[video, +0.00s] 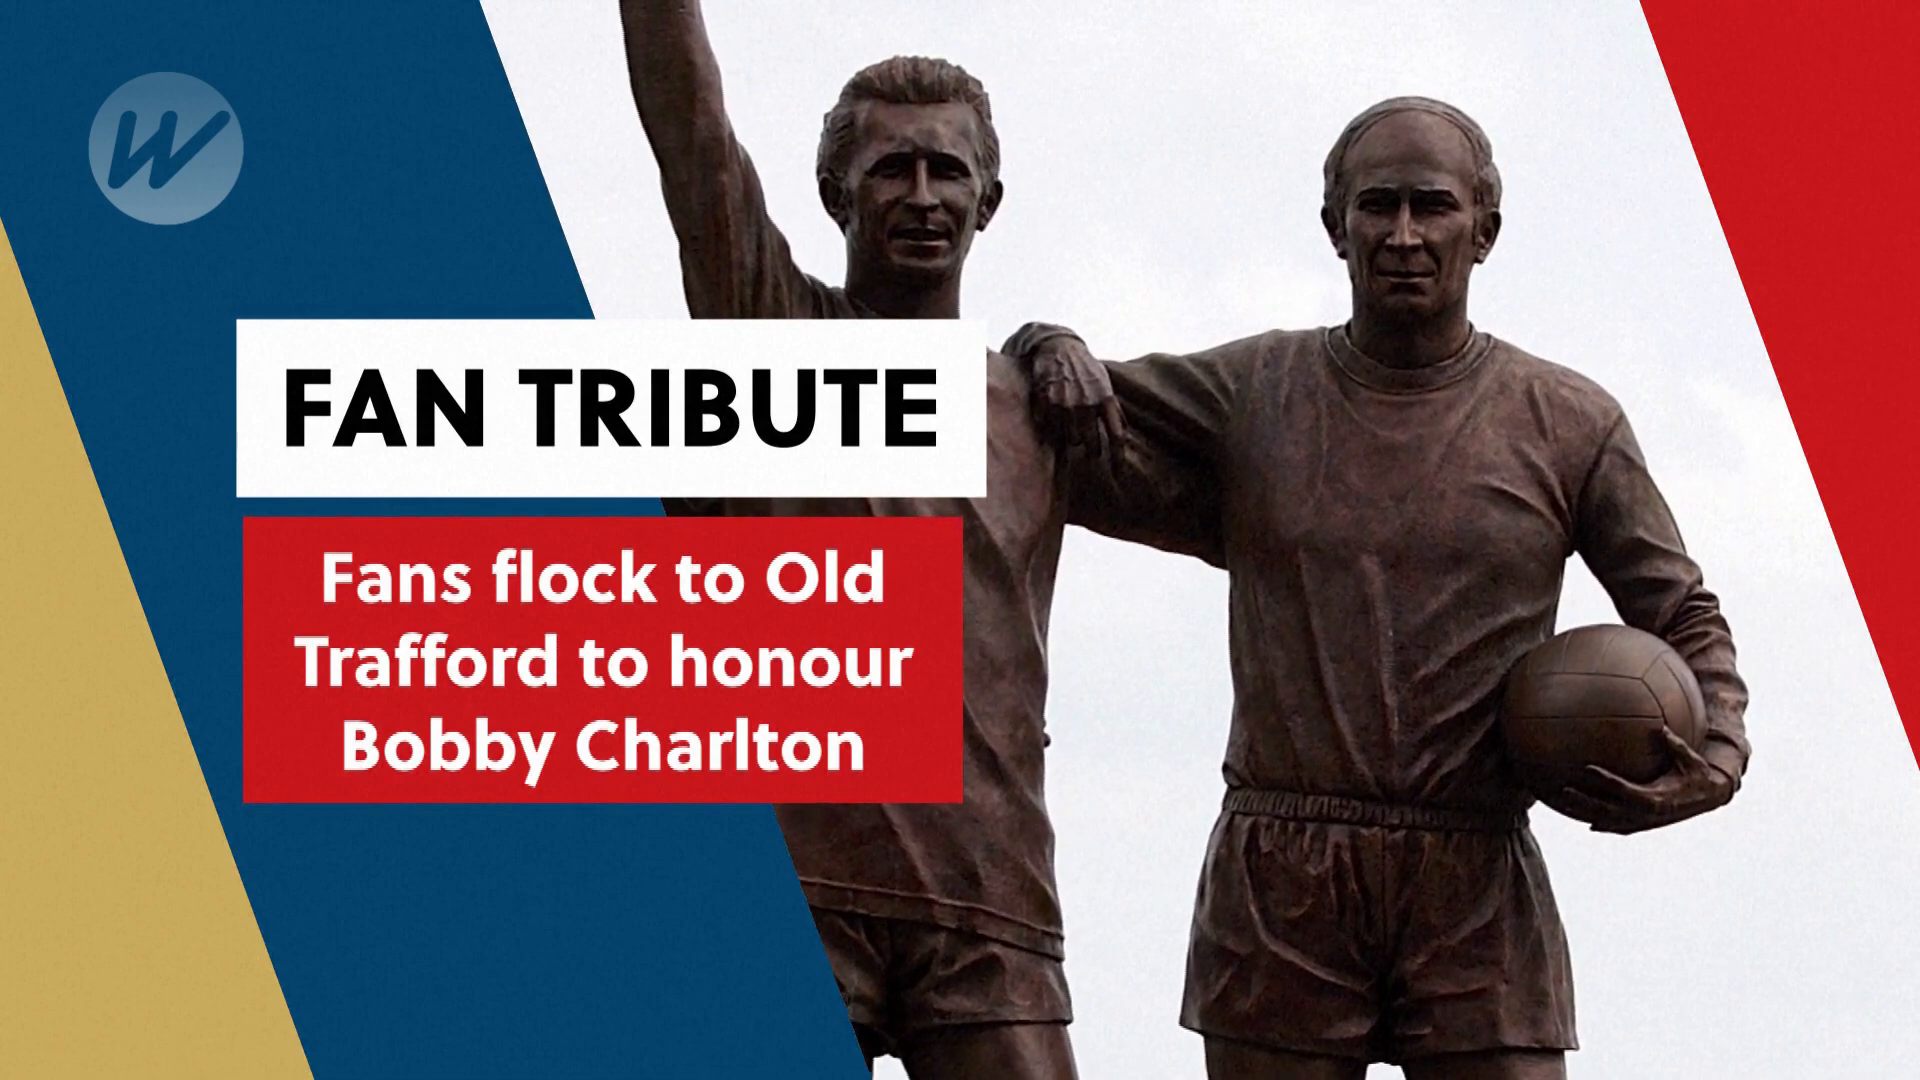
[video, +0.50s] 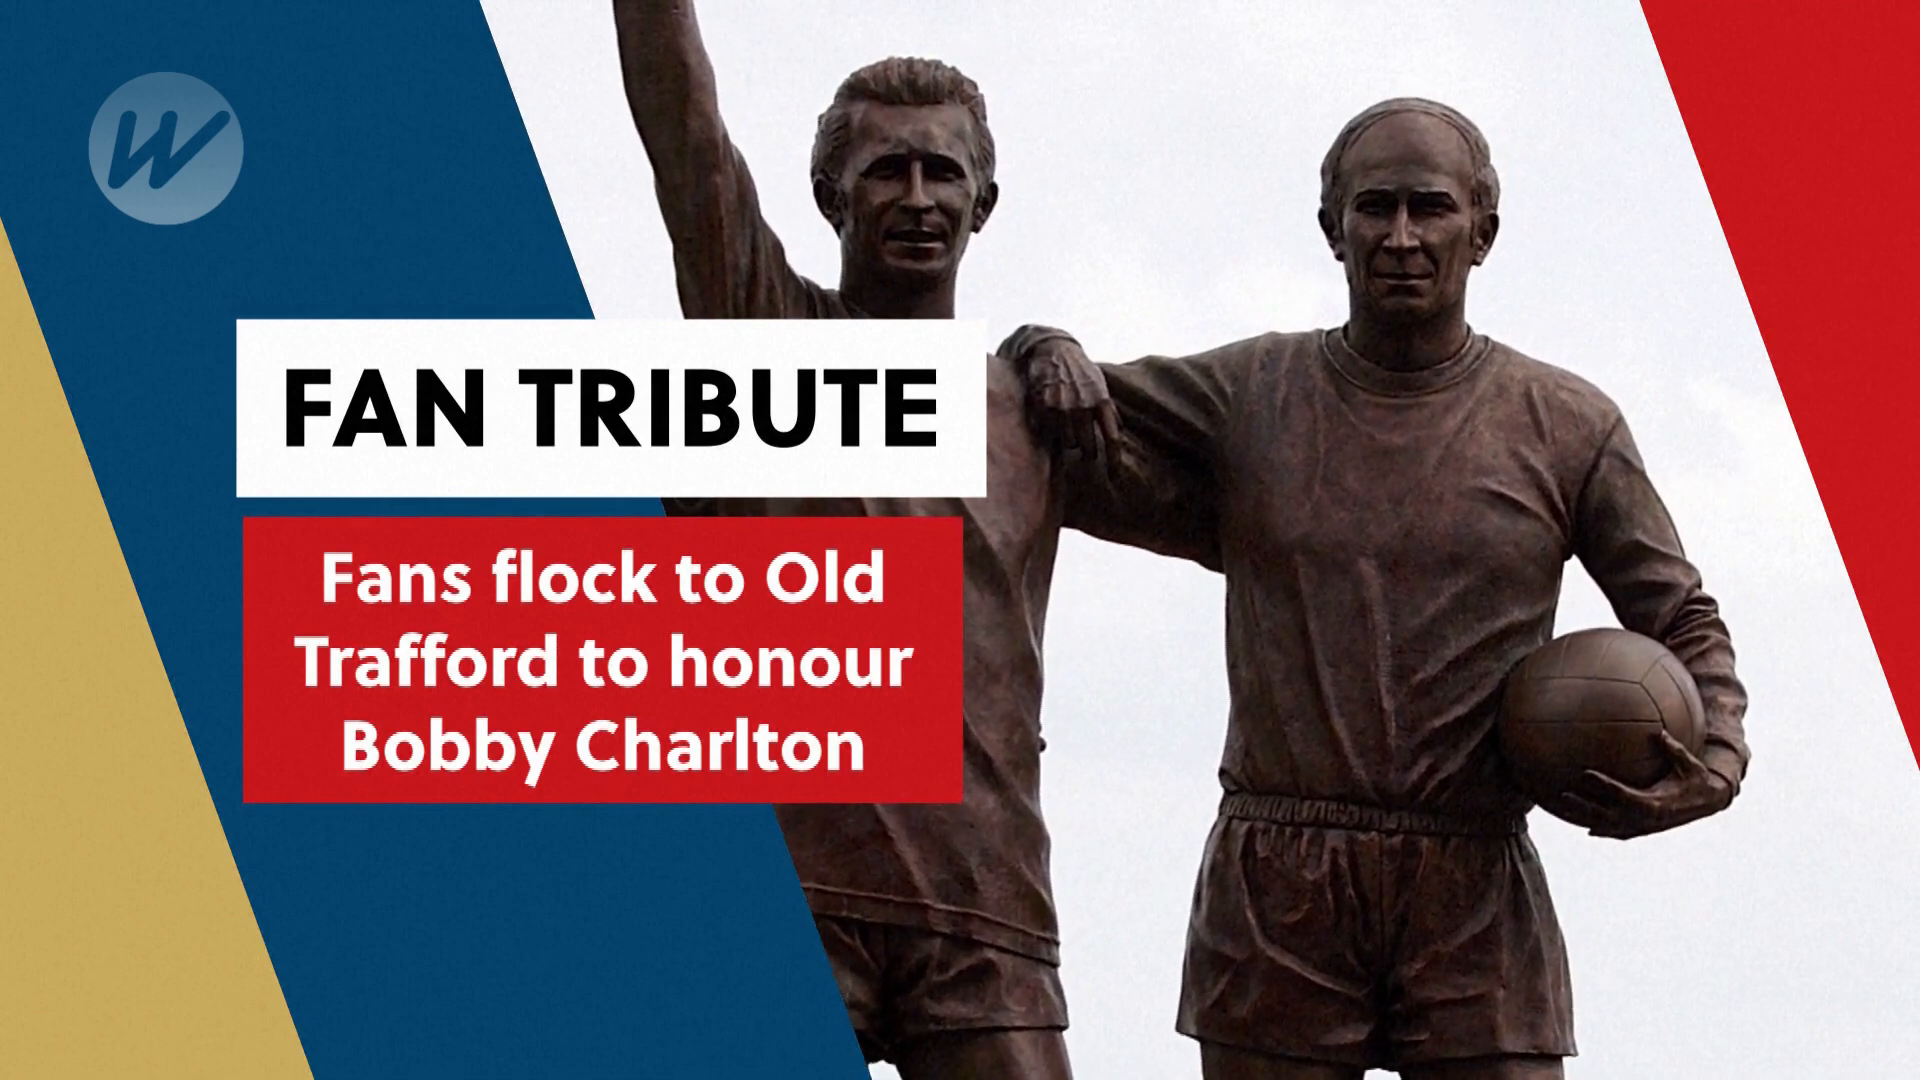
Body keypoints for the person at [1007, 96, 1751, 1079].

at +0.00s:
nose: (1402, 233)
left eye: (1432, 204)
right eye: (1375, 206)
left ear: (1486, 228)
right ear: (1335, 227)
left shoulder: (1569, 419)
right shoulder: (1252, 387)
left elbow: (1681, 614)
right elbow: (1079, 440)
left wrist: (1718, 752)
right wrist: (1046, 351)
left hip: (1478, 891)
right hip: (1276, 885)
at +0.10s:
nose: (1402, 234)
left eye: (1432, 205)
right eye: (1376, 206)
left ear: (1486, 228)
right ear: (1334, 227)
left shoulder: (1569, 419)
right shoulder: (1252, 387)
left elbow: (1681, 614)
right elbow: (1081, 442)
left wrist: (1718, 752)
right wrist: (1047, 352)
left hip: (1477, 890)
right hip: (1276, 885)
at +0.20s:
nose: (1402, 234)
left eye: (1432, 205)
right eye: (1375, 207)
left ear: (1486, 227)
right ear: (1333, 227)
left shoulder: (1568, 420)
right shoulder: (1251, 387)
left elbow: (1681, 616)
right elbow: (1077, 437)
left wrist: (1718, 754)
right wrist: (1046, 353)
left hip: (1476, 889)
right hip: (1275, 884)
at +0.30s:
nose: (1401, 235)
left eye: (1432, 205)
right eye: (1374, 207)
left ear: (1485, 228)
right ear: (1333, 227)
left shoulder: (1568, 420)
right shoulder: (1251, 387)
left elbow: (1681, 616)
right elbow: (1077, 438)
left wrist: (1718, 754)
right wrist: (1046, 354)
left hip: (1475, 891)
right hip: (1274, 887)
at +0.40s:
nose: (1401, 235)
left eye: (1431, 206)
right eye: (1373, 207)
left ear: (1484, 228)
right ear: (1332, 228)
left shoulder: (1567, 421)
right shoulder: (1249, 388)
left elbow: (1680, 617)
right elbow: (1074, 436)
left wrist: (1718, 754)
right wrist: (1045, 355)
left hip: (1475, 892)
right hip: (1273, 887)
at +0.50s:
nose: (1401, 234)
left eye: (1431, 205)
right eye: (1373, 207)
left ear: (1485, 227)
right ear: (1332, 228)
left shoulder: (1567, 421)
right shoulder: (1250, 388)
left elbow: (1680, 617)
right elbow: (1074, 439)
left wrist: (1719, 755)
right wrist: (1044, 353)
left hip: (1473, 894)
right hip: (1272, 890)